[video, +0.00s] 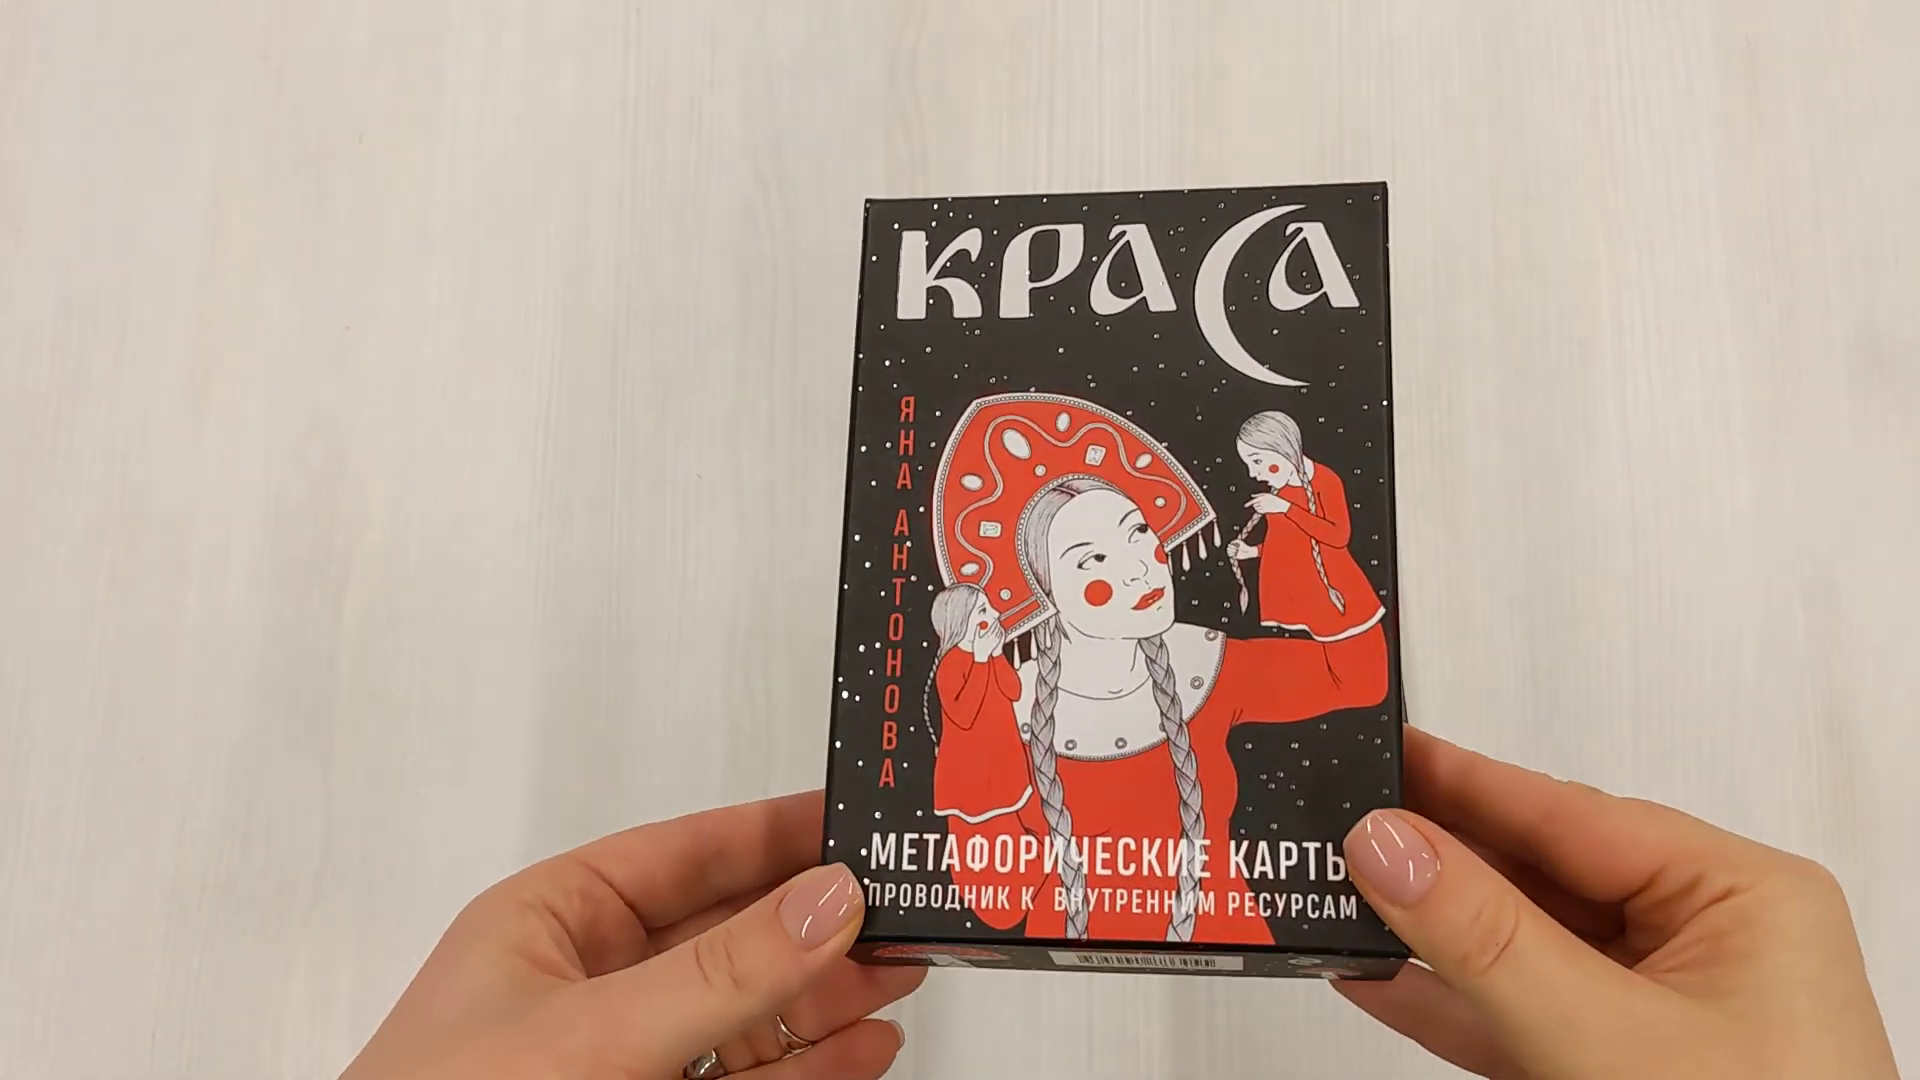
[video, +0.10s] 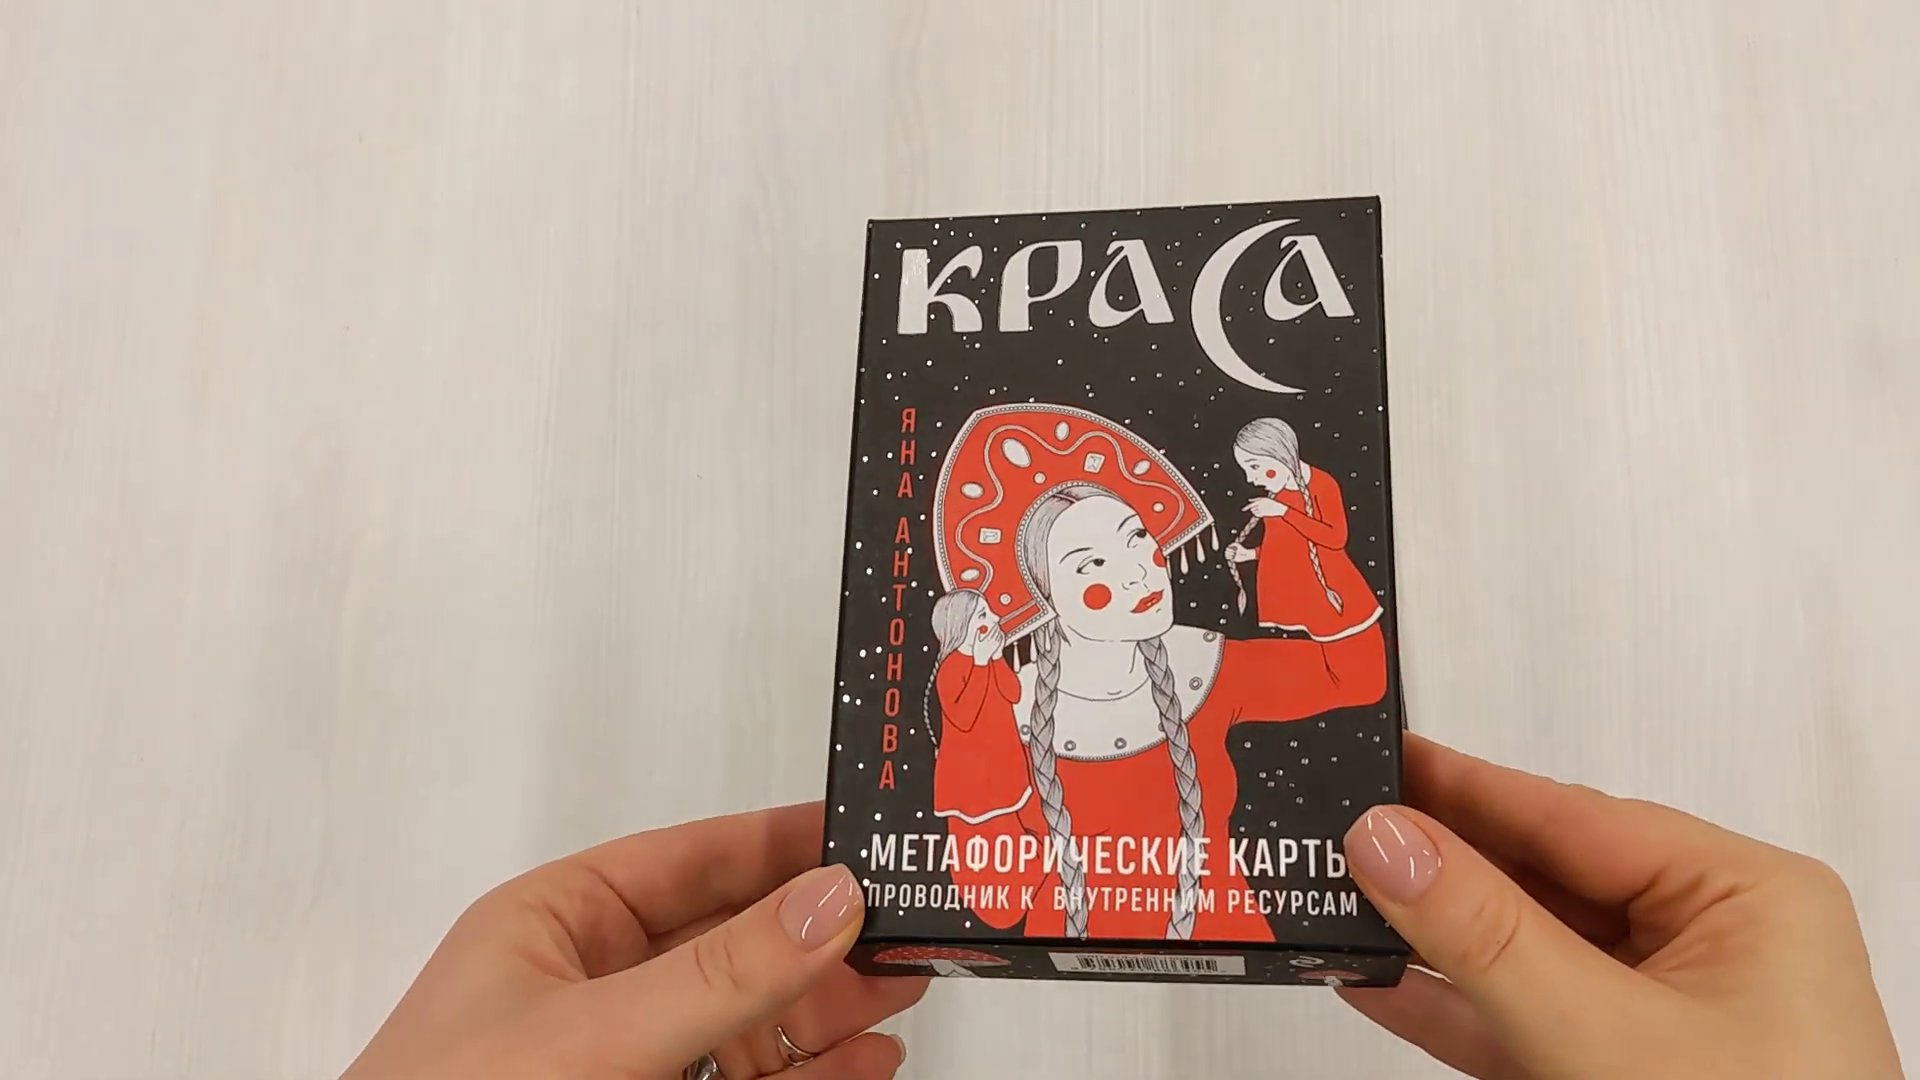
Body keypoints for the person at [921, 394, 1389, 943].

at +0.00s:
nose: (1138, 567)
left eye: (1135, 534)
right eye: (1090, 561)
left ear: (1156, 538)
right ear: (1051, 593)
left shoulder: (1198, 663)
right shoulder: (1008, 699)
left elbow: (1358, 676)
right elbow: (999, 904)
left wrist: (1308, 531)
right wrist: (976, 699)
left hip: (1224, 958)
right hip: (1076, 963)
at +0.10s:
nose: (1138, 571)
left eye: (1135, 539)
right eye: (1089, 566)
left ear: (1155, 544)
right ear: (1050, 598)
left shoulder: (1198, 665)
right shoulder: (1008, 703)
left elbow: (1356, 676)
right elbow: (998, 903)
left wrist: (1315, 539)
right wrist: (976, 703)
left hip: (1224, 955)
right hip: (1078, 958)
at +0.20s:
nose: (1140, 573)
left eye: (1139, 541)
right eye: (1093, 566)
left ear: (1158, 547)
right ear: (1053, 597)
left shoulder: (1201, 666)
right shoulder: (1009, 705)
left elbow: (1360, 677)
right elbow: (998, 903)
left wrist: (1314, 538)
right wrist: (979, 701)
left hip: (1222, 956)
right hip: (1074, 961)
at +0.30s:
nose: (1146, 574)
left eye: (1144, 542)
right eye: (1098, 567)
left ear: (1164, 547)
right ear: (1059, 599)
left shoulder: (1209, 666)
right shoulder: (1015, 704)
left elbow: (1365, 675)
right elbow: (1002, 900)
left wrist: (1316, 531)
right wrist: (982, 702)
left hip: (1230, 958)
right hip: (1080, 961)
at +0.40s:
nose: (1154, 574)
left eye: (1151, 542)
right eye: (1105, 567)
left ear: (1171, 547)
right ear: (1067, 597)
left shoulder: (1213, 666)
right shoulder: (1023, 700)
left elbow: (1371, 679)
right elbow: (1005, 889)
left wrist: (1314, 537)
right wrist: (986, 700)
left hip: (1232, 952)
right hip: (1083, 956)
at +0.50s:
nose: (1151, 576)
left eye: (1147, 545)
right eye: (1102, 568)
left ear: (1165, 549)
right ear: (1064, 598)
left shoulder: (1209, 668)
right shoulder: (1021, 693)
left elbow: (1362, 687)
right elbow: (1005, 880)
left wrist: (1308, 548)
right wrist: (981, 694)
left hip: (1235, 948)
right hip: (1087, 953)